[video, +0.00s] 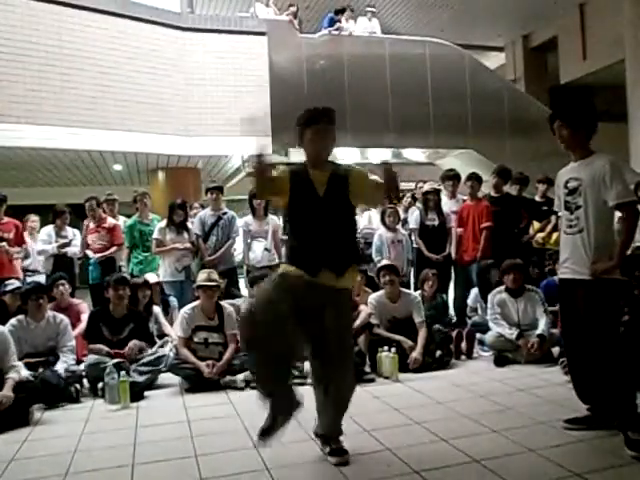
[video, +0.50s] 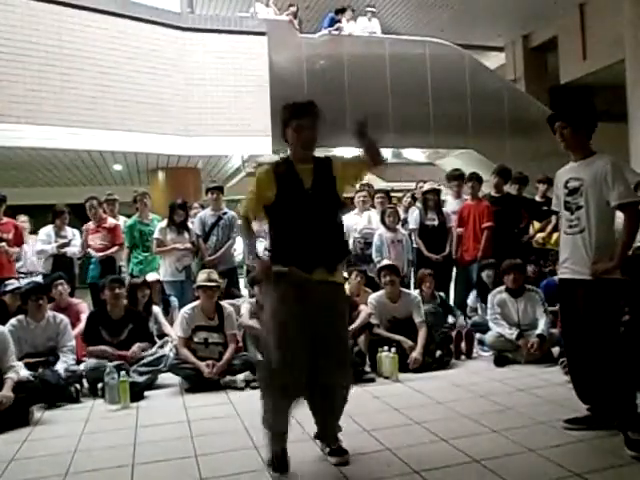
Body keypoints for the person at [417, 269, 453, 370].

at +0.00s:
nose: (431, 284)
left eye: (434, 281)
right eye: (428, 281)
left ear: (437, 284)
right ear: (422, 283)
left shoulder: (441, 299)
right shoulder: (416, 298)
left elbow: (445, 316)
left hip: (439, 328)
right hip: (423, 329)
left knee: (437, 329)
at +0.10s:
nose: (431, 284)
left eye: (434, 281)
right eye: (428, 280)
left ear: (437, 284)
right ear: (422, 283)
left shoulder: (441, 300)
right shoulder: (416, 299)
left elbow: (444, 319)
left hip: (439, 330)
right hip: (423, 330)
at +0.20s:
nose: (430, 284)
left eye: (433, 281)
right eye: (427, 281)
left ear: (437, 284)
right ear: (422, 283)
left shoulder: (441, 300)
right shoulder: (416, 299)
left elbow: (444, 319)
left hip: (437, 331)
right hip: (422, 331)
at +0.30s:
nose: (429, 289)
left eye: (432, 286)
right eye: (427, 286)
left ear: (435, 286)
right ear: (421, 286)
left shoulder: (441, 300)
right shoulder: (415, 299)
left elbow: (446, 317)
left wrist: (447, 325)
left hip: (439, 329)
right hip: (424, 330)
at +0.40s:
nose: (429, 284)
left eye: (431, 282)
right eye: (425, 282)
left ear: (434, 284)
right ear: (420, 284)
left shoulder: (440, 298)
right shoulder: (415, 299)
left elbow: (449, 314)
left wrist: (457, 324)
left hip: (442, 330)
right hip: (425, 331)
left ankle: (465, 349)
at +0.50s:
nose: (428, 285)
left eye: (430, 282)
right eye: (425, 282)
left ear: (434, 283)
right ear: (420, 284)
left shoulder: (440, 298)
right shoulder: (415, 298)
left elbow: (452, 310)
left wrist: (460, 318)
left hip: (441, 331)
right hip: (424, 332)